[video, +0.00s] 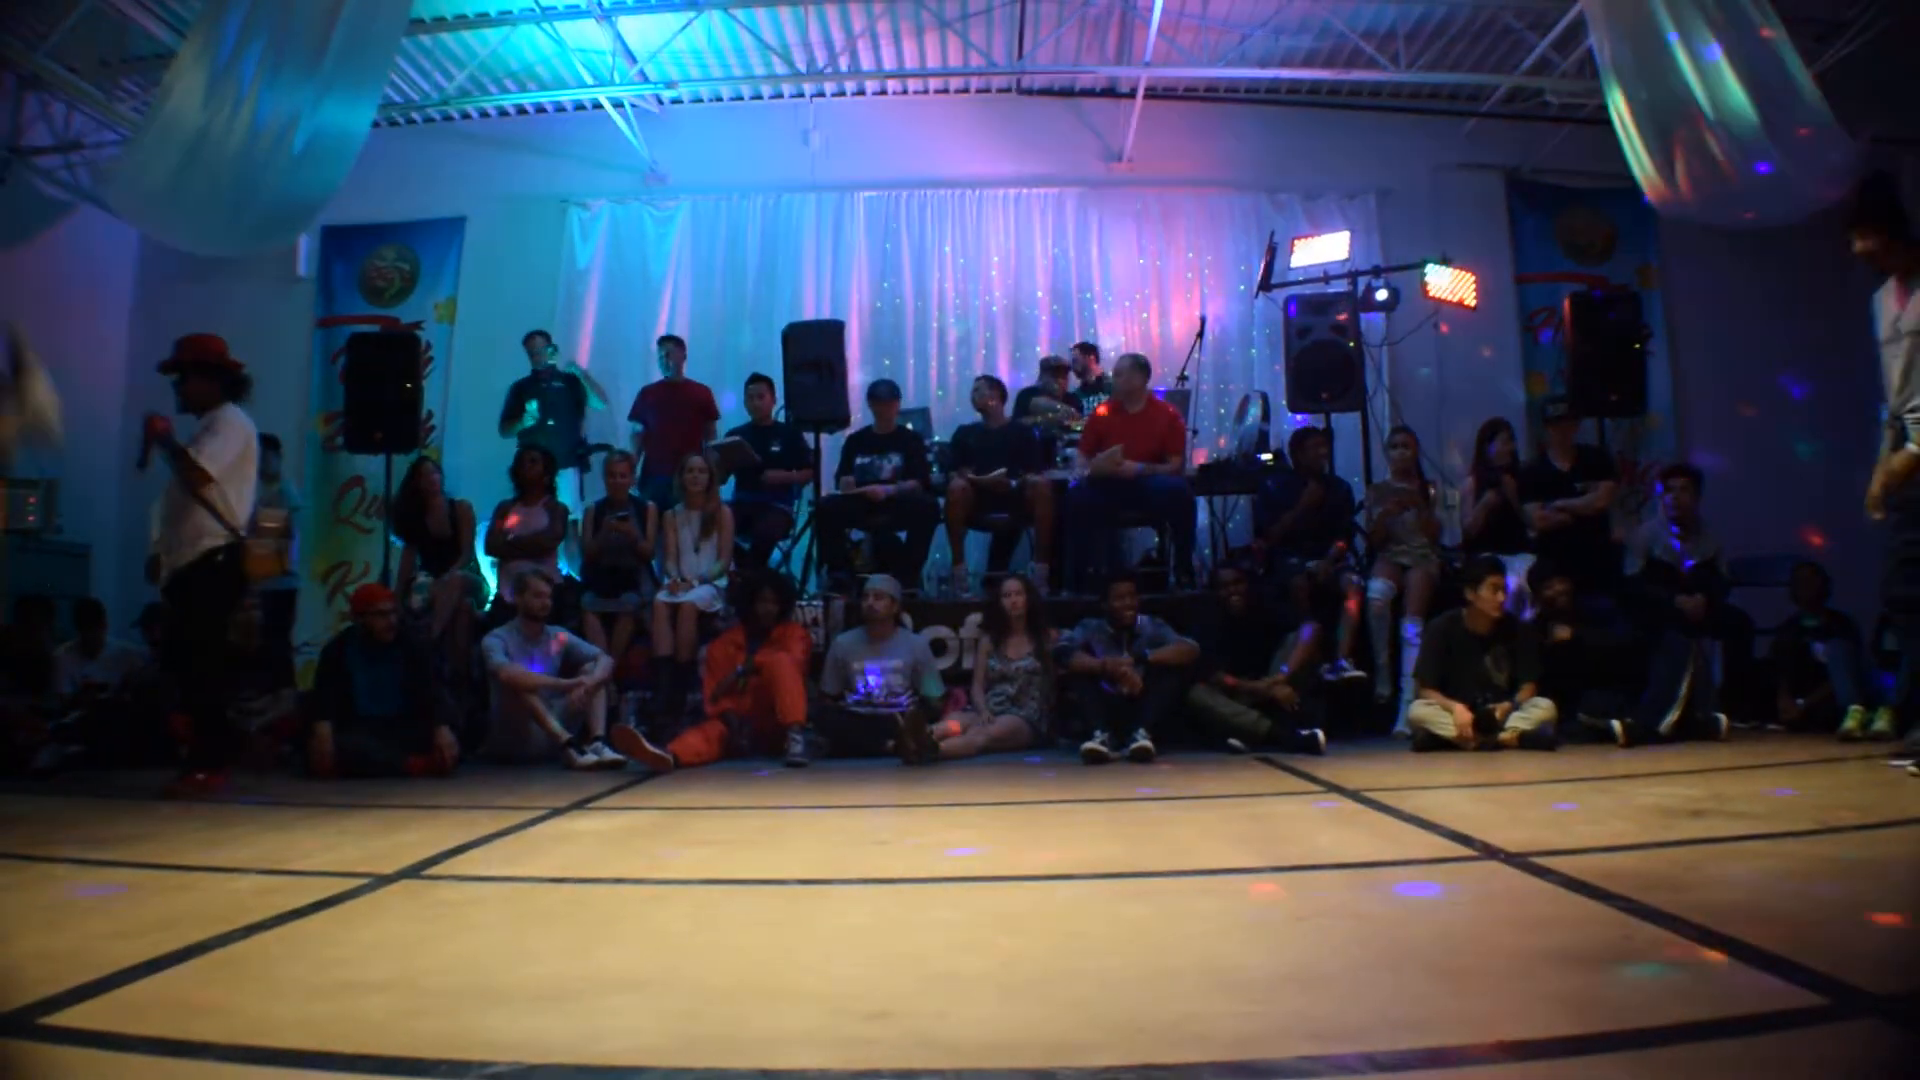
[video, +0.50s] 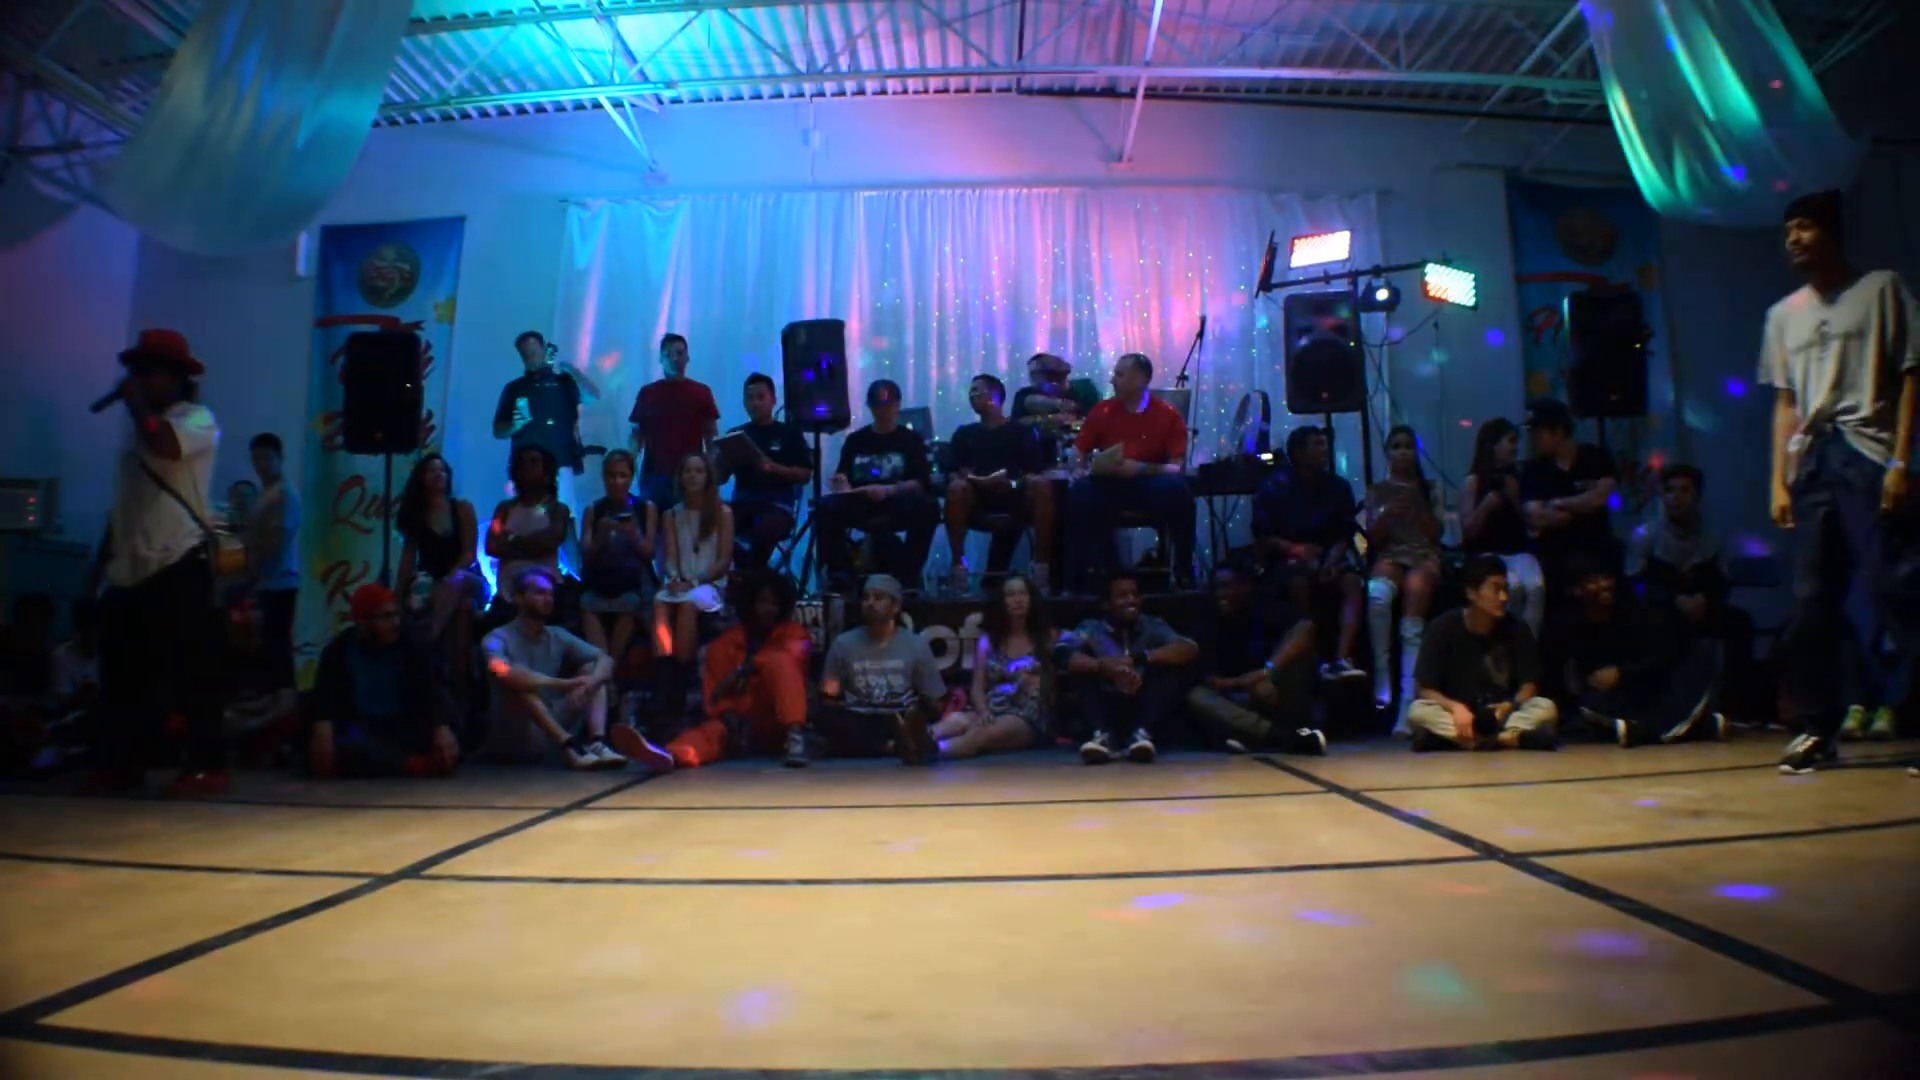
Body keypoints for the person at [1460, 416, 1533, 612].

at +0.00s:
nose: (1510, 447)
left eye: (1511, 441)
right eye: (1503, 442)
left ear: (1514, 444)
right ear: (1487, 447)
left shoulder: (1522, 478)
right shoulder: (1473, 483)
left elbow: (1534, 523)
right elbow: (1469, 530)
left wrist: (1514, 498)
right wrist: (1485, 503)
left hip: (1520, 552)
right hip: (1487, 552)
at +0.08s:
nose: (1512, 447)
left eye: (1513, 441)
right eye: (1507, 441)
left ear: (1515, 444)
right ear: (1490, 445)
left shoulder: (1520, 478)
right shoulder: (1474, 482)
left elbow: (1532, 521)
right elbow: (1469, 528)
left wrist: (1515, 498)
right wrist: (1486, 505)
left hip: (1519, 552)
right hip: (1488, 553)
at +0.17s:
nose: (1513, 447)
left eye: (1514, 441)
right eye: (1508, 441)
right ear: (1490, 445)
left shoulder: (1518, 478)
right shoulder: (1473, 482)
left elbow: (1528, 519)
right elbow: (1469, 528)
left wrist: (1514, 498)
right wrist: (1486, 505)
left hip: (1518, 551)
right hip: (1486, 553)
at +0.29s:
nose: (1514, 447)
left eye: (1514, 441)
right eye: (1508, 441)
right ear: (1491, 446)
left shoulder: (1515, 479)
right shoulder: (1473, 483)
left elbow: (1525, 519)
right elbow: (1469, 530)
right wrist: (1486, 506)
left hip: (1519, 550)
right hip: (1488, 551)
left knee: (1535, 583)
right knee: (1513, 584)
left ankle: (1527, 642)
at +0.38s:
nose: (1514, 447)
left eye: (1515, 441)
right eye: (1509, 441)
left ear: (1514, 445)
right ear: (1492, 445)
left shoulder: (1518, 477)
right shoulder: (1474, 481)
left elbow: (1528, 519)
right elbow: (1468, 528)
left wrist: (1514, 500)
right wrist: (1486, 506)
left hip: (1519, 549)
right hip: (1488, 549)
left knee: (1534, 581)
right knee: (1512, 583)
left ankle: (1529, 642)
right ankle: (1500, 640)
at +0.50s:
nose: (1514, 447)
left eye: (1515, 441)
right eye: (1509, 441)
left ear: (1514, 445)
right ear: (1492, 445)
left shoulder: (1518, 478)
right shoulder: (1474, 481)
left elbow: (1528, 519)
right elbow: (1468, 529)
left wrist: (1514, 500)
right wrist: (1486, 506)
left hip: (1520, 549)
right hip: (1488, 550)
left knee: (1535, 584)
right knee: (1513, 584)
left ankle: (1529, 643)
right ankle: (1501, 642)